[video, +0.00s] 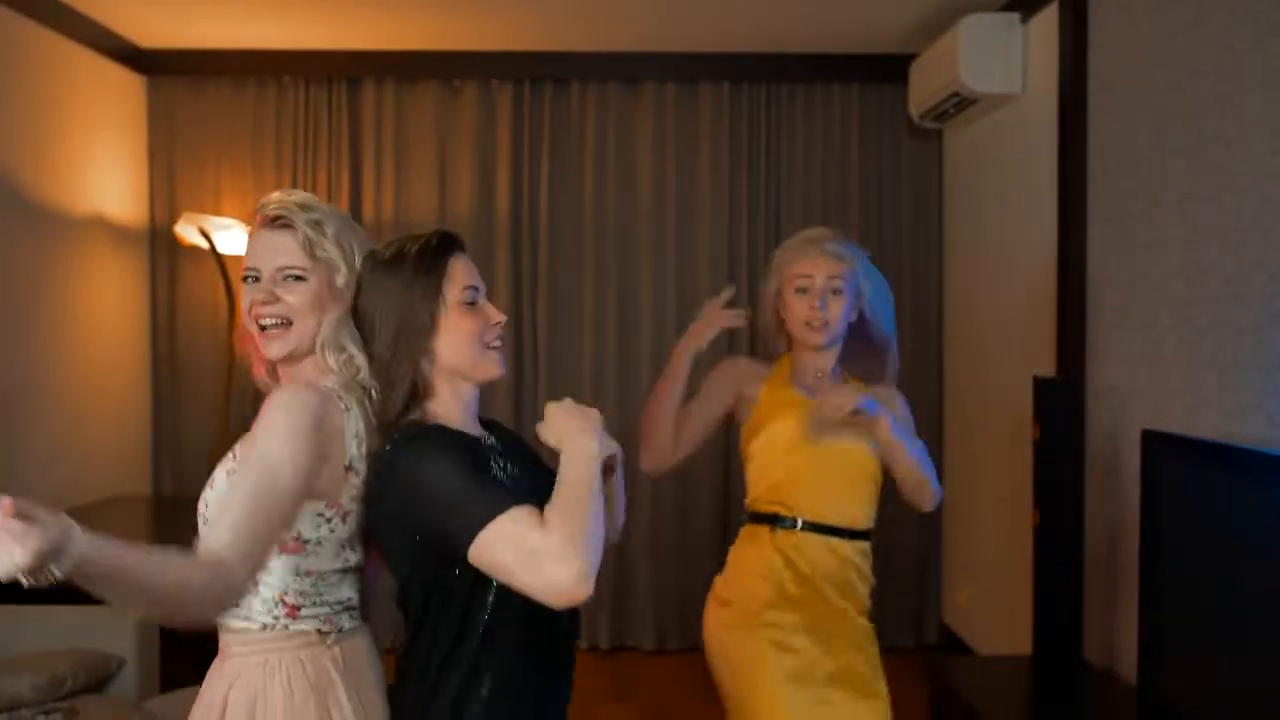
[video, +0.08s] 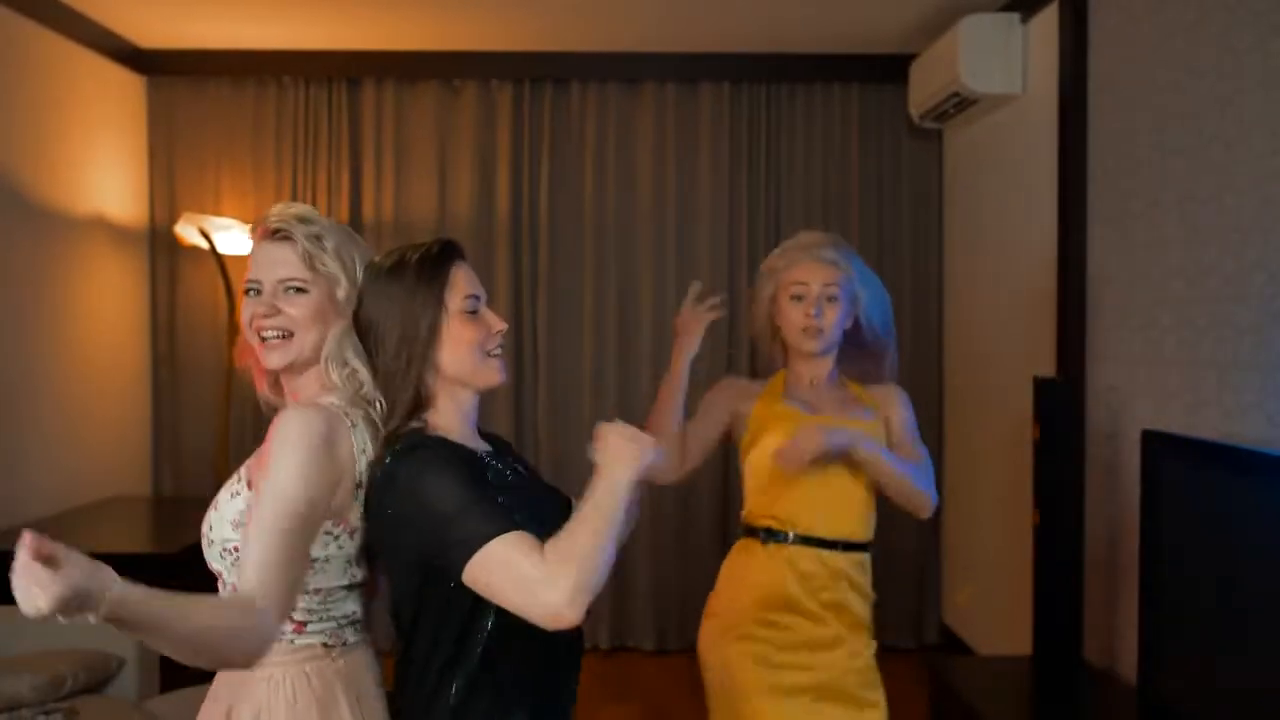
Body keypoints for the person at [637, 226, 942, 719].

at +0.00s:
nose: (818, 305)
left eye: (835, 291)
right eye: (802, 290)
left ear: (856, 306)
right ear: (779, 303)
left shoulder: (880, 398)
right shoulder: (744, 378)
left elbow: (926, 496)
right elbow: (656, 457)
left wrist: (876, 417)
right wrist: (687, 348)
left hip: (841, 604)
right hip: (757, 599)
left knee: (865, 709)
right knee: (779, 709)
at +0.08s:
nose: (813, 311)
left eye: (830, 298)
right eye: (798, 297)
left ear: (851, 314)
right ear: (774, 310)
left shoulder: (885, 402)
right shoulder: (738, 397)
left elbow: (923, 501)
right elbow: (666, 465)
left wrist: (854, 442)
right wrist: (682, 355)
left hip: (841, 614)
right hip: (752, 610)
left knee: (854, 710)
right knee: (758, 711)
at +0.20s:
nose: (808, 332)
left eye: (824, 319)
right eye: (793, 318)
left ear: (846, 335)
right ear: (770, 332)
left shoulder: (885, 415)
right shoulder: (733, 432)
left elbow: (913, 521)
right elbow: (677, 491)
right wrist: (682, 379)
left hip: (838, 641)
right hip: (744, 637)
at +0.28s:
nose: (807, 345)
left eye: (824, 332)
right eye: (792, 330)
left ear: (845, 350)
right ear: (769, 346)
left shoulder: (885, 427)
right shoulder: (739, 449)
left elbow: (904, 537)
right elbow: (689, 492)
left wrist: (790, 536)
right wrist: (687, 385)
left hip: (835, 658)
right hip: (740, 651)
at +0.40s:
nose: (808, 349)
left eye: (826, 338)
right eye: (794, 336)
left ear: (850, 358)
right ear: (773, 352)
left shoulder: (891, 436)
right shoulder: (754, 452)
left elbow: (893, 557)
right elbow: (684, 466)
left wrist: (769, 565)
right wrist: (695, 382)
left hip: (830, 666)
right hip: (739, 658)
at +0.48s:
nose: (813, 342)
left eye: (833, 330)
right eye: (799, 328)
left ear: (857, 348)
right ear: (780, 344)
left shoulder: (896, 432)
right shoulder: (755, 443)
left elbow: (888, 555)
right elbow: (674, 448)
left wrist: (764, 561)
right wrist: (700, 364)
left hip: (834, 659)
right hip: (741, 651)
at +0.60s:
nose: (829, 306)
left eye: (850, 293)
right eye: (815, 293)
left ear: (879, 309)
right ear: (799, 309)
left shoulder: (905, 397)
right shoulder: (770, 405)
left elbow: (879, 526)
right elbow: (657, 405)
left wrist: (755, 529)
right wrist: (700, 303)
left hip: (842, 633)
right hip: (754, 625)